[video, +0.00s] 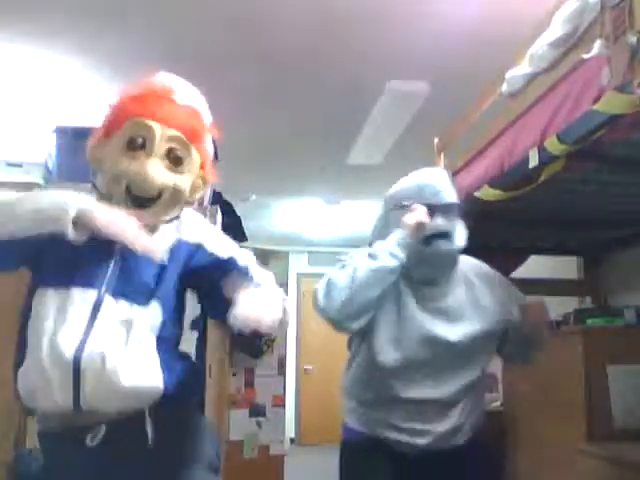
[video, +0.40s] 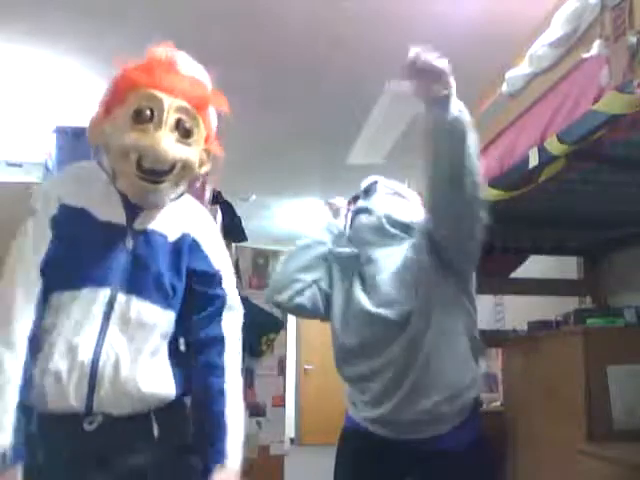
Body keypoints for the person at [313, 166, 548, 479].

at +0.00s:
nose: (438, 224)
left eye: (448, 213)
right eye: (423, 212)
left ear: (461, 221)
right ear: (392, 224)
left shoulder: (482, 280)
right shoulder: (368, 274)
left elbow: (514, 349)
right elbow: (336, 308)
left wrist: (531, 334)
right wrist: (403, 240)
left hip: (460, 450)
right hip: (375, 450)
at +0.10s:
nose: (403, 226)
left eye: (413, 215)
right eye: (391, 217)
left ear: (427, 219)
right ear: (372, 226)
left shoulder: (471, 280)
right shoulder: (360, 283)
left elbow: (543, 323)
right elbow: (317, 326)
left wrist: (515, 266)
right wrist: (367, 255)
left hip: (456, 457)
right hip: (373, 455)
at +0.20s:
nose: (390, 222)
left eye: (401, 211)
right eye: (379, 214)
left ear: (425, 224)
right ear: (363, 230)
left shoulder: (467, 273)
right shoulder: (354, 285)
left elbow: (543, 279)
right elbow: (299, 318)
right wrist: (348, 246)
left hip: (458, 457)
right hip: (372, 457)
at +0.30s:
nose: (378, 209)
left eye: (389, 199)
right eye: (368, 203)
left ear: (412, 214)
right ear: (354, 222)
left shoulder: (451, 254)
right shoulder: (343, 274)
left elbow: (507, 221)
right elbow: (287, 299)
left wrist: (450, 133)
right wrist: (333, 232)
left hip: (451, 452)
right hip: (369, 454)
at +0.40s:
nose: (372, 202)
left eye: (392, 194)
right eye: (363, 198)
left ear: (417, 211)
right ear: (350, 218)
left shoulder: (440, 256)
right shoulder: (338, 275)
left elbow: (457, 192)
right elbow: (285, 289)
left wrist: (442, 105)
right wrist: (332, 225)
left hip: (448, 447)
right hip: (367, 447)